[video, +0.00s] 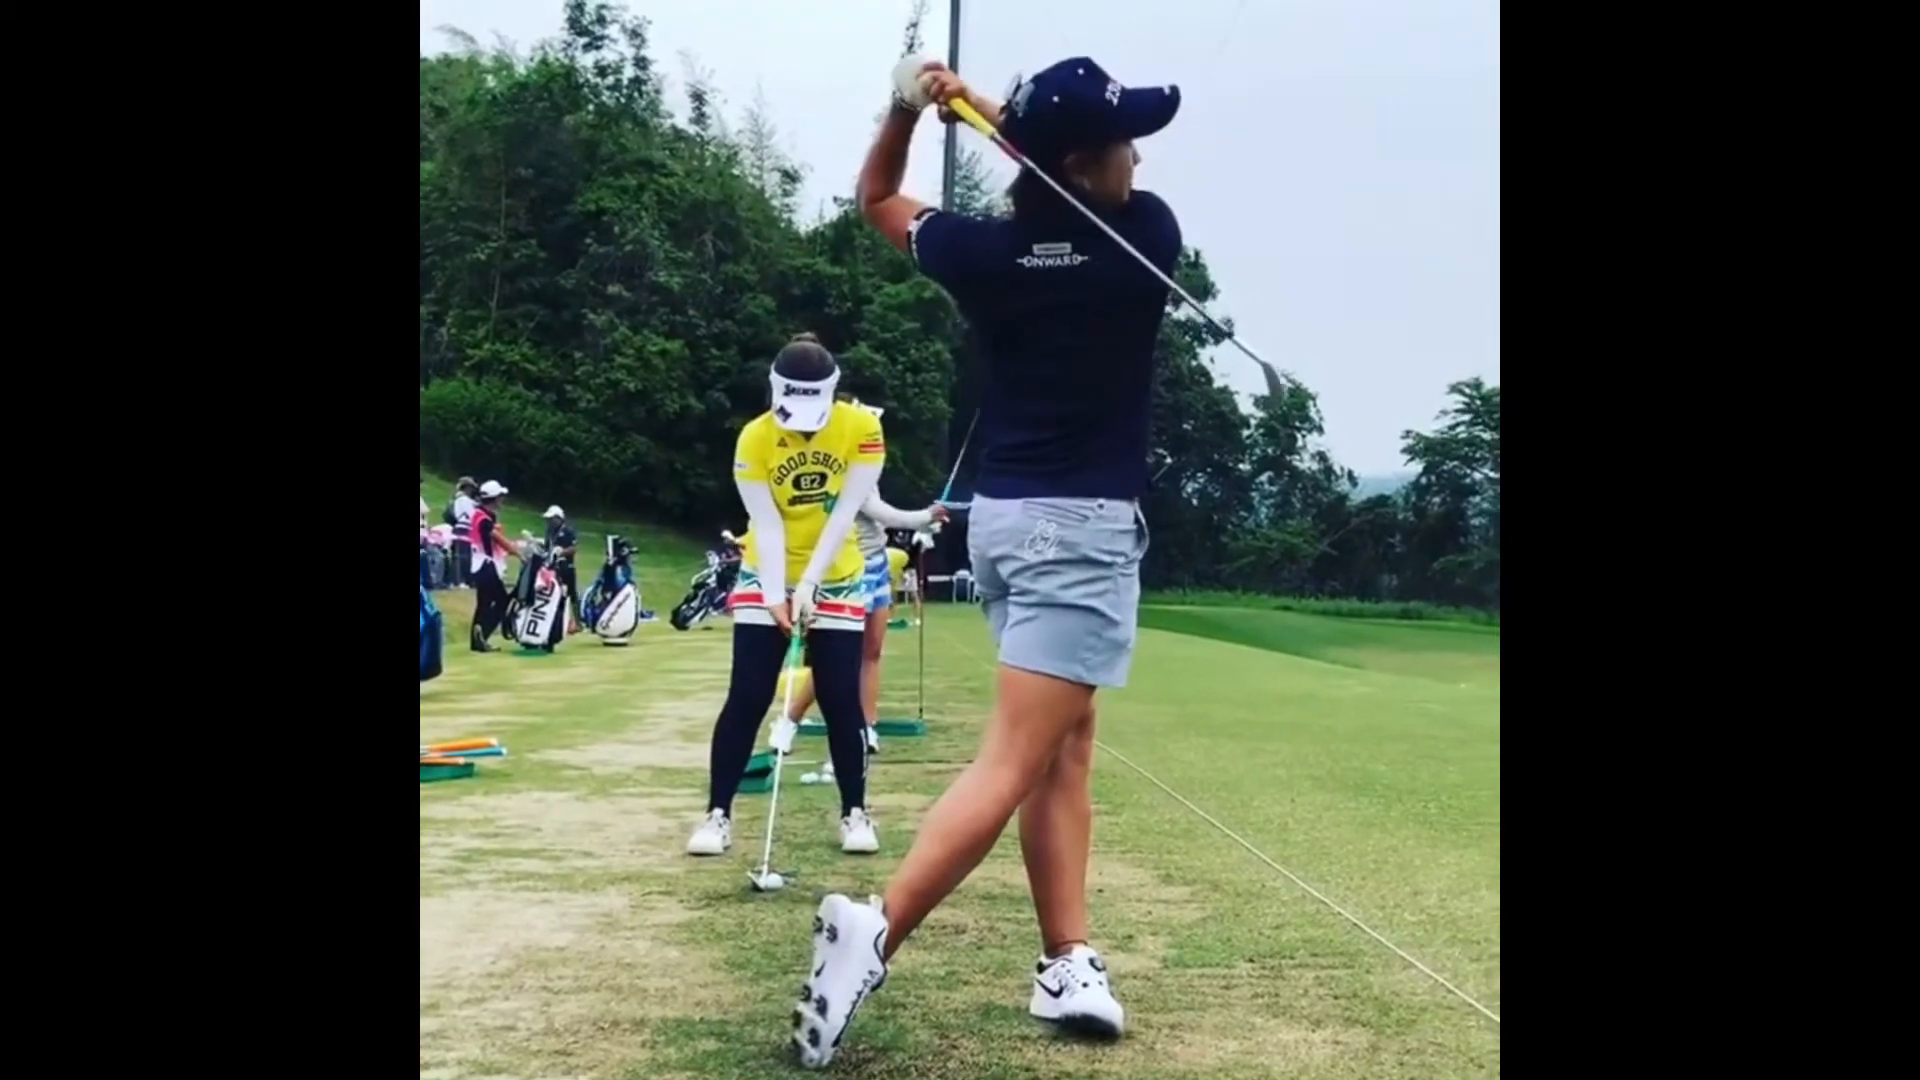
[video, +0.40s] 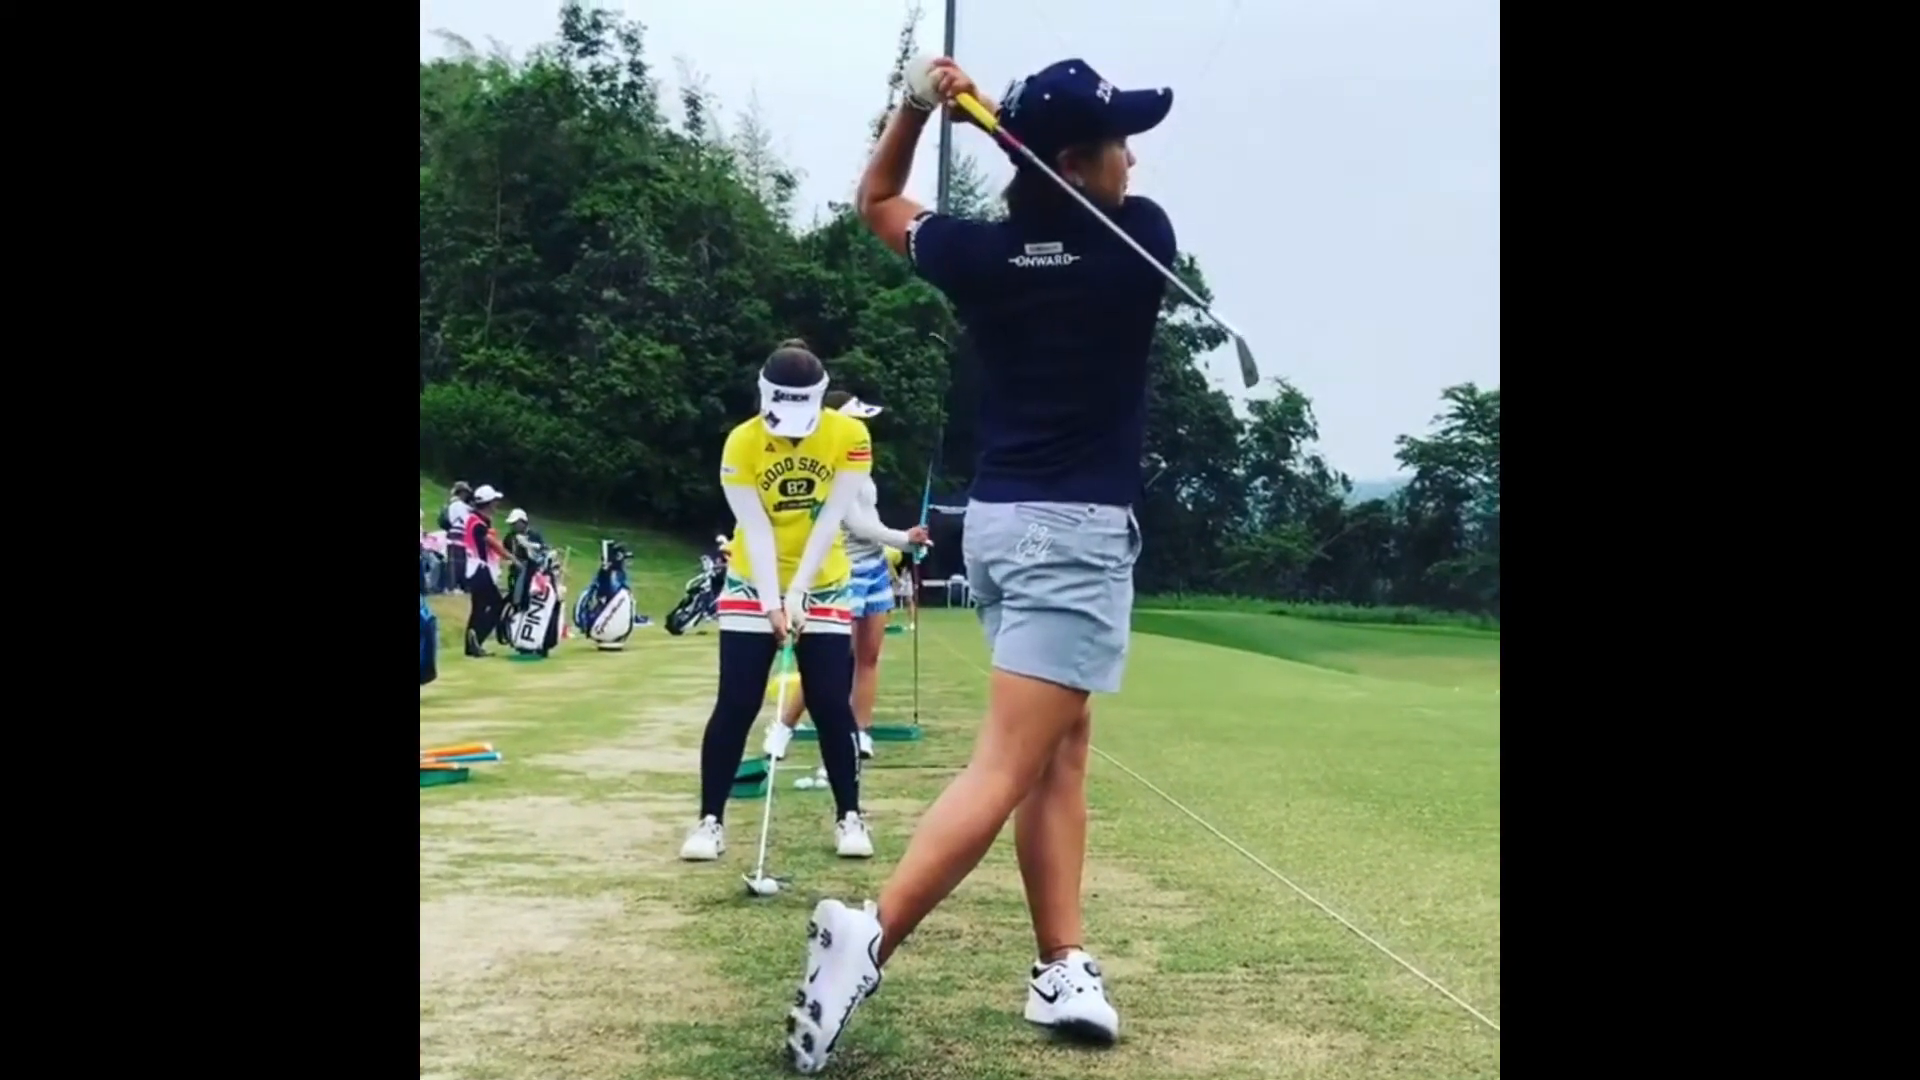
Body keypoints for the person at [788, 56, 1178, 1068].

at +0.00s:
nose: (1137, 150)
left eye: (1130, 136)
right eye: (1124, 143)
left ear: (1035, 162)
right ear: (1092, 162)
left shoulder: (981, 248)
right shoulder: (1149, 232)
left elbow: (880, 198)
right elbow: (1070, 185)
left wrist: (904, 107)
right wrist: (991, 117)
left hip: (993, 516)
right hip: (1085, 520)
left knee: (1066, 746)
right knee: (1012, 762)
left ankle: (1068, 962)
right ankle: (874, 931)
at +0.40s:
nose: (1132, 151)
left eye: (1125, 136)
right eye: (1120, 141)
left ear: (1033, 163)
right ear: (1086, 161)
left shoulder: (977, 252)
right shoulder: (1141, 236)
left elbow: (879, 199)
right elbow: (1063, 187)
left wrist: (917, 105)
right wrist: (992, 118)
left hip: (992, 523)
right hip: (1079, 527)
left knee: (1062, 751)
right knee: (1003, 770)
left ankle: (1062, 967)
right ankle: (868, 937)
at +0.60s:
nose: (938, 243)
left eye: (955, 223)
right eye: (920, 225)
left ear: (985, 199)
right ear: (890, 204)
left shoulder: (1036, 287)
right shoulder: (849, 293)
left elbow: (984, 450)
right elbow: (872, 454)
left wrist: (945, 591)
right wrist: (889, 597)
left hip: (1014, 529)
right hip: (888, 532)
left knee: (1066, 741)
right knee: (857, 744)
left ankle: (1100, 942)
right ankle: (824, 954)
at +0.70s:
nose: (940, 250)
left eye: (957, 231)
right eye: (923, 232)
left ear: (987, 206)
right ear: (892, 207)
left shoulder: (1020, 306)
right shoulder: (848, 283)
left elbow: (927, 470)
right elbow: (833, 437)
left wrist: (845, 591)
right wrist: (801, 572)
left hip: (1015, 536)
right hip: (893, 539)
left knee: (1067, 746)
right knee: (862, 739)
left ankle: (1101, 945)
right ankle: (825, 957)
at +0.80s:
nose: (945, 254)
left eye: (962, 235)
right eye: (928, 235)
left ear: (992, 214)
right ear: (899, 210)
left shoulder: (1005, 322)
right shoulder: (867, 265)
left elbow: (848, 440)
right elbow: (799, 391)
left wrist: (737, 526)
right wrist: (706, 496)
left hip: (1017, 539)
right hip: (893, 539)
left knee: (1068, 753)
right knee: (865, 738)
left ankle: (1103, 946)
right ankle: (828, 958)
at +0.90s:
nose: (938, 254)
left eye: (958, 236)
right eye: (922, 234)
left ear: (993, 216)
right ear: (897, 210)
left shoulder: (988, 320)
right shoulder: (888, 255)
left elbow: (809, 370)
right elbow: (800, 340)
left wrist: (663, 387)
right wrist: (669, 360)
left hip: (1018, 544)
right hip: (897, 542)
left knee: (1065, 760)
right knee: (867, 734)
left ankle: (1103, 946)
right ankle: (828, 958)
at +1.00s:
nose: (933, 253)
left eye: (954, 233)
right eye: (917, 232)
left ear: (990, 217)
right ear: (894, 211)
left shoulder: (977, 314)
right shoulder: (894, 264)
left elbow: (803, 313)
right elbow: (809, 307)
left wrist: (690, 256)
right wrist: (709, 249)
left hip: (1016, 549)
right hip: (895, 542)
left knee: (1061, 769)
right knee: (871, 736)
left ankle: (1102, 950)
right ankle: (829, 960)